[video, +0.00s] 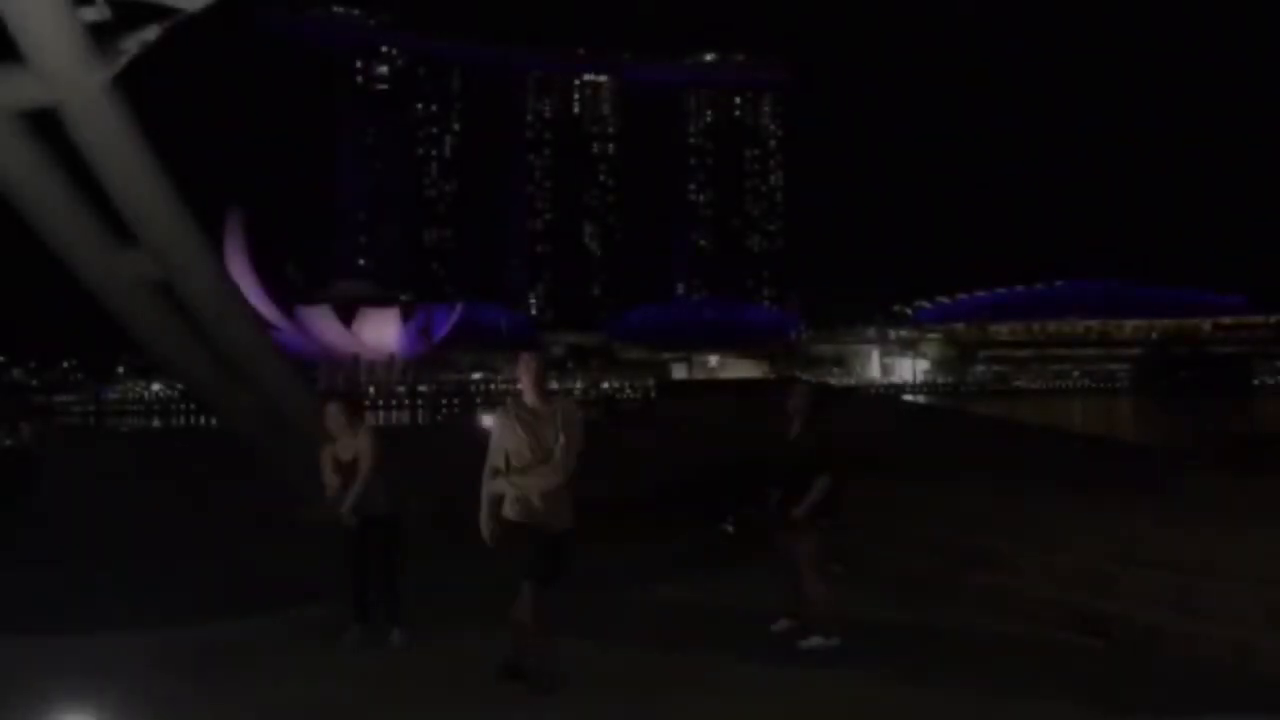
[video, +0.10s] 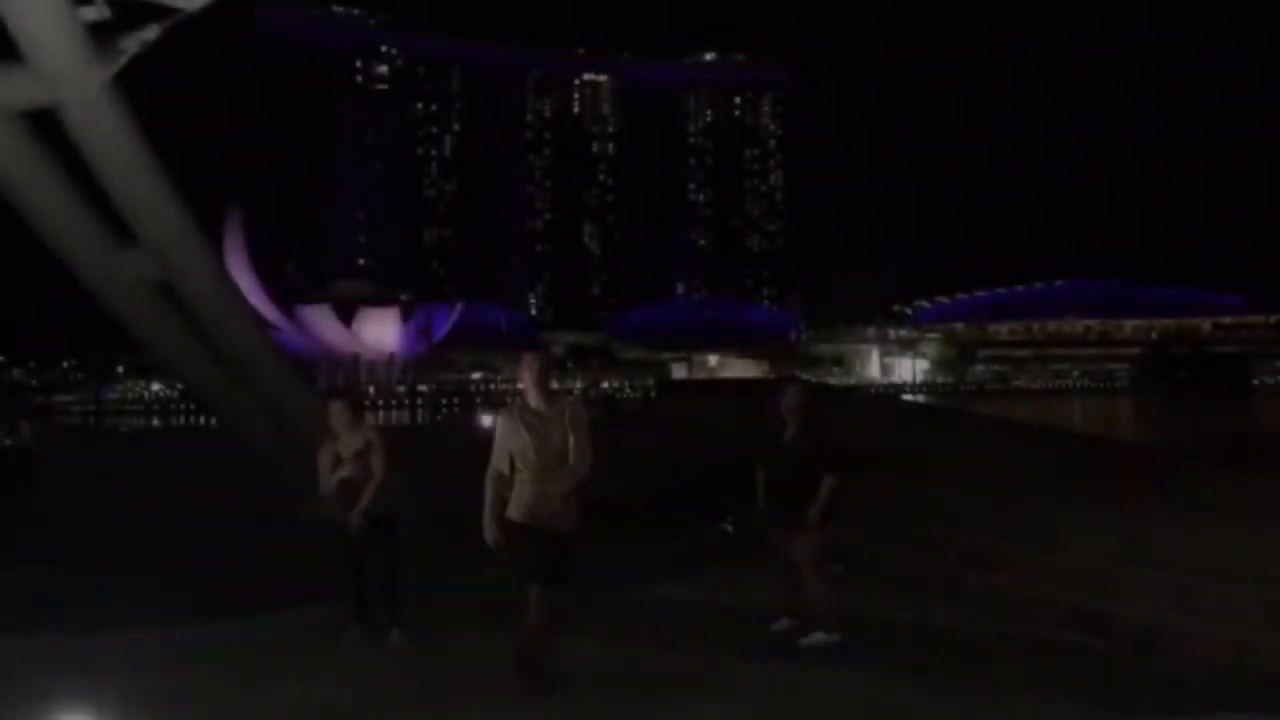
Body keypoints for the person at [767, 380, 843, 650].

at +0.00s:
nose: (792, 404)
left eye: (798, 399)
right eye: (791, 399)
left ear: (809, 404)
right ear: (789, 403)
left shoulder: (817, 436)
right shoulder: (787, 435)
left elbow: (824, 479)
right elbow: (784, 475)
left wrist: (804, 508)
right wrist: (777, 502)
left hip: (813, 517)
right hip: (790, 515)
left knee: (812, 572)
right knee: (792, 570)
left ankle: (822, 627)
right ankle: (793, 614)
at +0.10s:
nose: (789, 406)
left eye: (795, 400)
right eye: (786, 399)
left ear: (805, 404)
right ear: (780, 403)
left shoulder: (815, 434)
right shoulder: (777, 435)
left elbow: (831, 475)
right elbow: (765, 469)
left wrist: (817, 508)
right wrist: (765, 501)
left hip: (807, 511)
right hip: (781, 508)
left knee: (809, 568)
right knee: (786, 566)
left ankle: (822, 622)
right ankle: (790, 613)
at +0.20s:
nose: (788, 405)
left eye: (793, 399)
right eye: (784, 399)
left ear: (802, 403)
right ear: (778, 403)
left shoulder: (814, 433)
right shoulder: (772, 435)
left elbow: (838, 467)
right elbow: (759, 468)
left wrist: (832, 503)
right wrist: (756, 500)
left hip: (809, 504)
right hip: (779, 504)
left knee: (807, 561)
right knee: (782, 561)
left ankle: (822, 614)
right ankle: (789, 612)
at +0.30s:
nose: (790, 402)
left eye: (794, 396)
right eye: (785, 396)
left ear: (803, 400)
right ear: (779, 400)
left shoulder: (816, 430)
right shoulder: (772, 432)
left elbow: (842, 452)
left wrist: (842, 480)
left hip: (812, 499)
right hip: (780, 499)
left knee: (808, 559)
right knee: (784, 558)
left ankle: (813, 612)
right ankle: (788, 611)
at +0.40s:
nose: (792, 403)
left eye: (796, 397)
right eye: (787, 397)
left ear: (806, 402)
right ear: (782, 402)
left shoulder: (820, 437)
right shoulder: (776, 437)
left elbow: (834, 473)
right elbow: (760, 468)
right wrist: (772, 481)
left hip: (813, 504)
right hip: (783, 504)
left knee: (808, 561)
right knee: (784, 560)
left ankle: (807, 615)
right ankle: (786, 612)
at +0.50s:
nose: (799, 405)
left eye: (803, 399)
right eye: (794, 399)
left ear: (811, 401)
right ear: (785, 403)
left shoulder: (821, 431)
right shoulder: (776, 433)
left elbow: (834, 467)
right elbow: (766, 476)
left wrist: (843, 495)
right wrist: (779, 508)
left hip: (817, 504)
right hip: (784, 508)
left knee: (814, 562)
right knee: (781, 561)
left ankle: (801, 614)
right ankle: (778, 610)